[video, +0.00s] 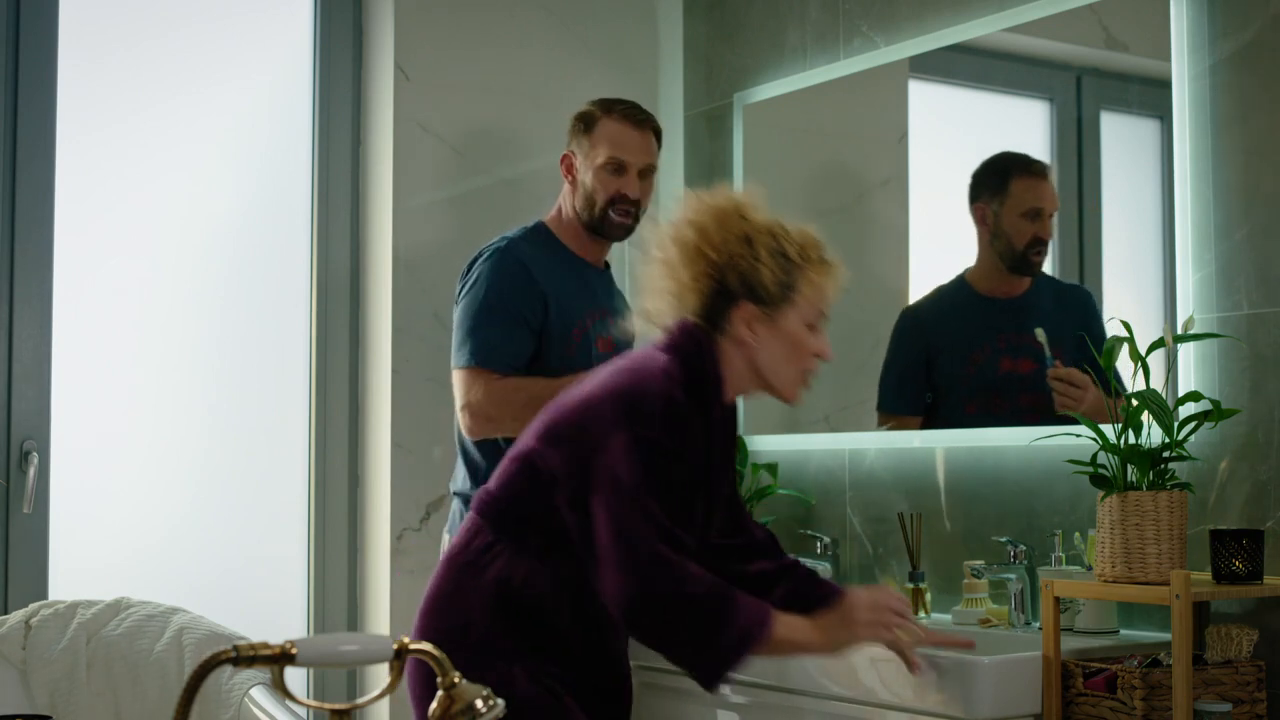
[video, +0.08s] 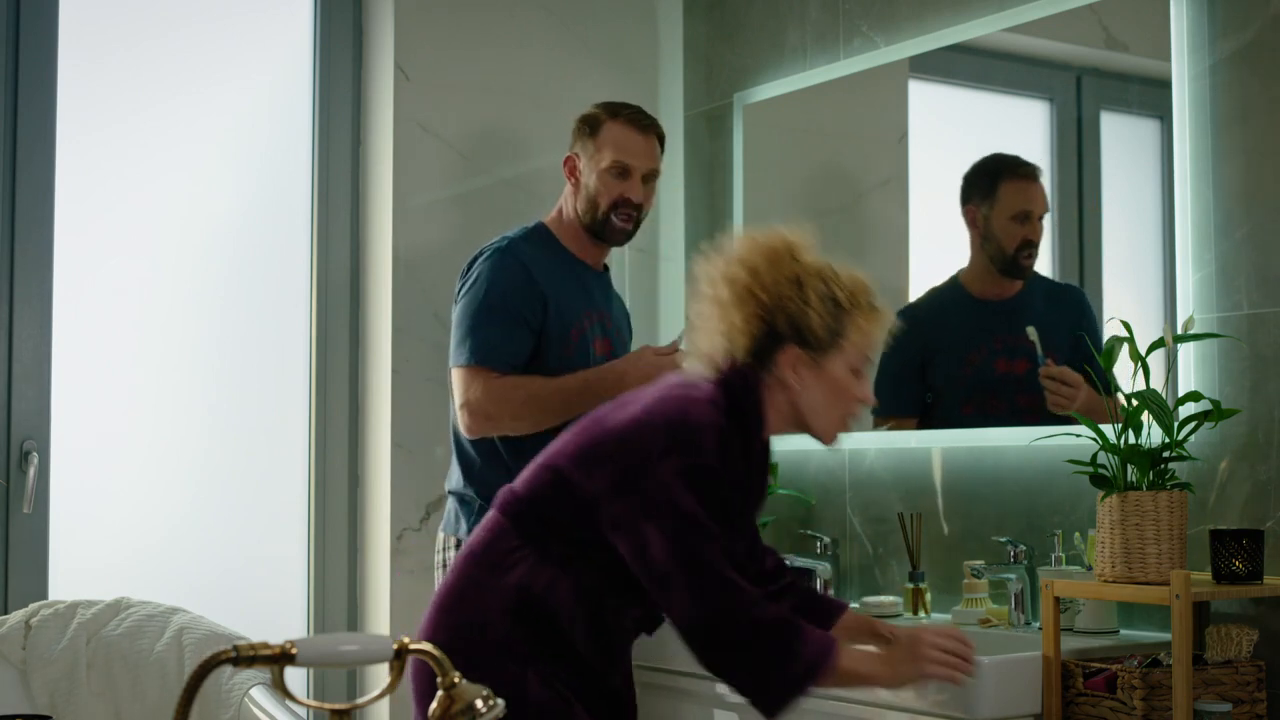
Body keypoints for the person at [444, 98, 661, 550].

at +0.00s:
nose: (632, 191)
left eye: (645, 175)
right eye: (614, 169)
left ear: (655, 180)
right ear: (570, 169)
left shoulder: (607, 291)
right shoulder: (506, 267)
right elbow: (479, 409)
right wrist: (619, 384)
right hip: (501, 540)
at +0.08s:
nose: (636, 195)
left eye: (649, 179)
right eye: (619, 173)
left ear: (658, 184)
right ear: (574, 171)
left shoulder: (607, 300)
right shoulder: (505, 268)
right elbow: (477, 410)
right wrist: (620, 379)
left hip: (573, 544)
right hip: (494, 547)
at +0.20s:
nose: (638, 199)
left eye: (650, 184)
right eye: (621, 176)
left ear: (658, 189)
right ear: (575, 173)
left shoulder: (609, 306)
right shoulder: (502, 268)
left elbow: (594, 436)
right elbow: (471, 408)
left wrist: (639, 512)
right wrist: (606, 363)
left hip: (569, 541)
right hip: (488, 545)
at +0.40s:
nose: (627, 200)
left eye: (639, 184)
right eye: (610, 177)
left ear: (646, 188)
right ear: (564, 172)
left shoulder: (595, 290)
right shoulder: (491, 264)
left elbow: (590, 437)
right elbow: (472, 405)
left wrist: (632, 544)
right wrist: (585, 318)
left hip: (567, 547)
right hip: (488, 550)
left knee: (578, 697)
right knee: (496, 710)